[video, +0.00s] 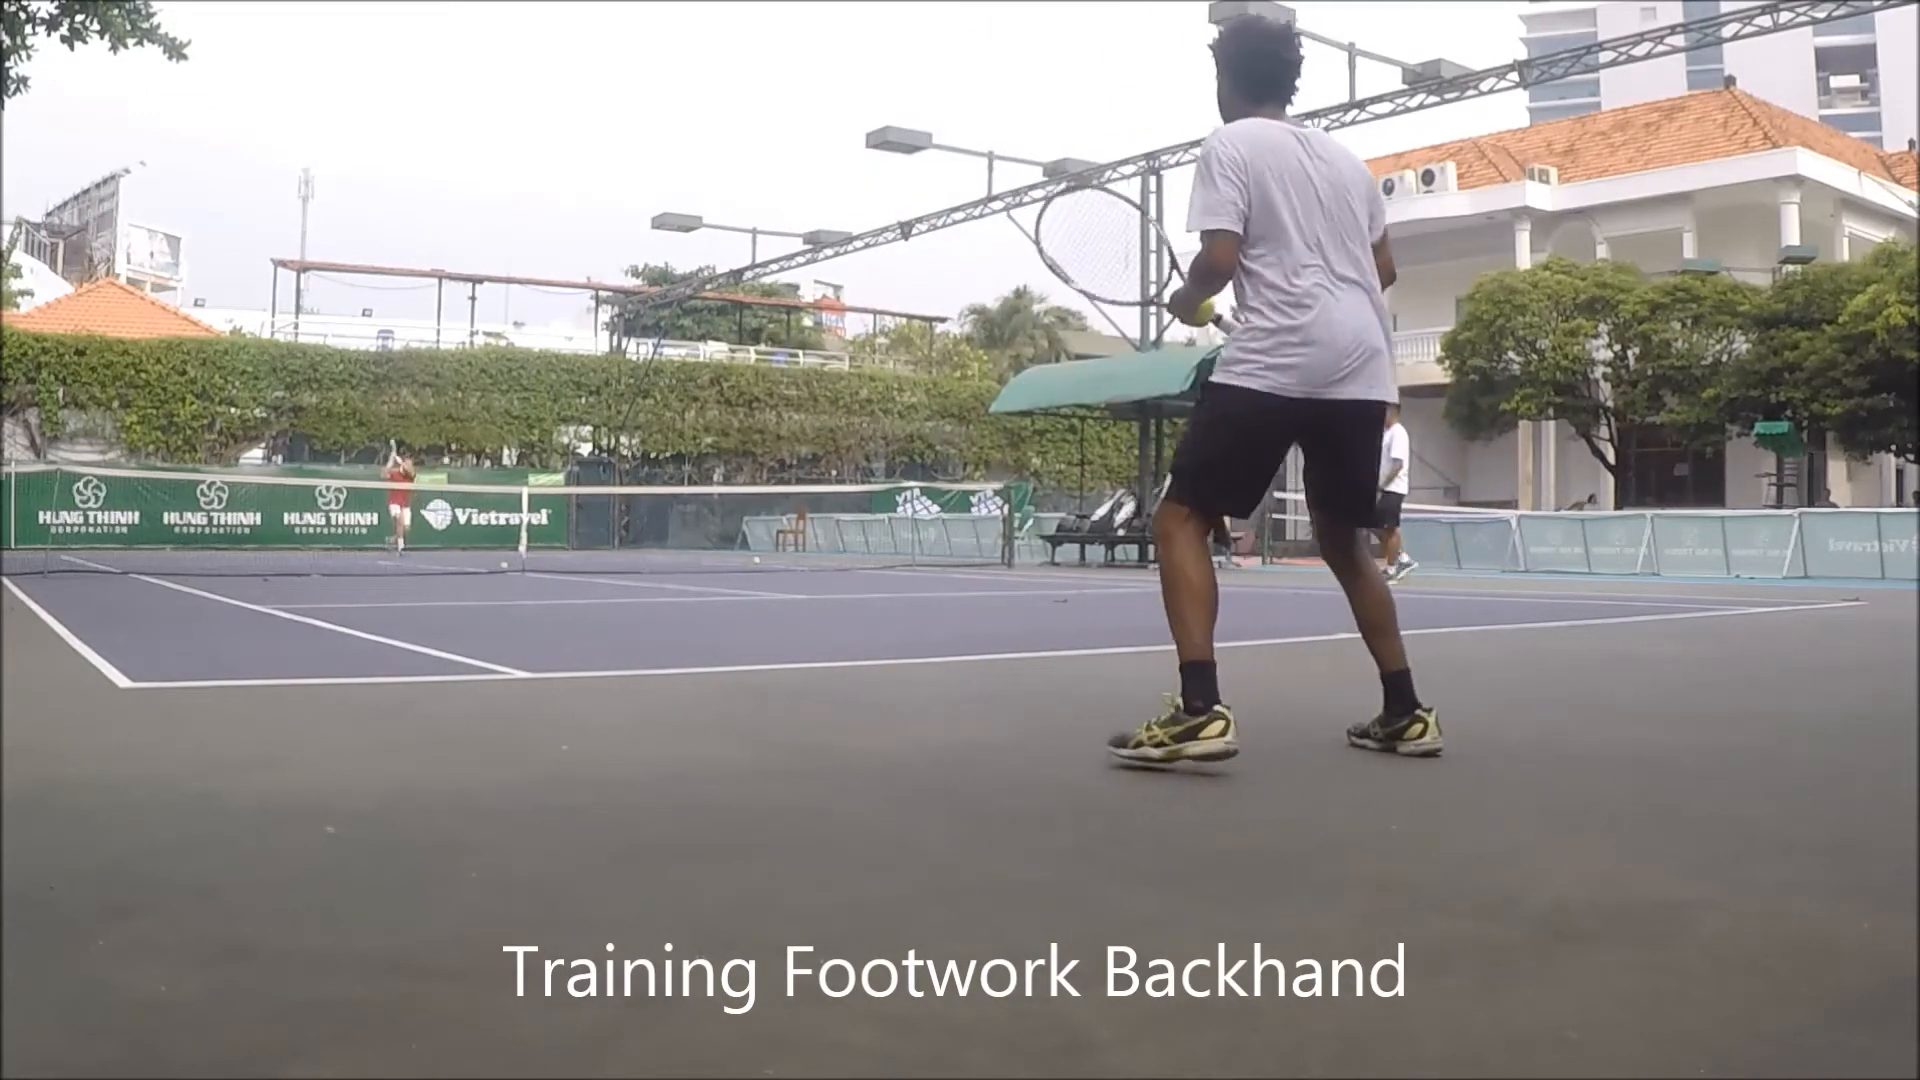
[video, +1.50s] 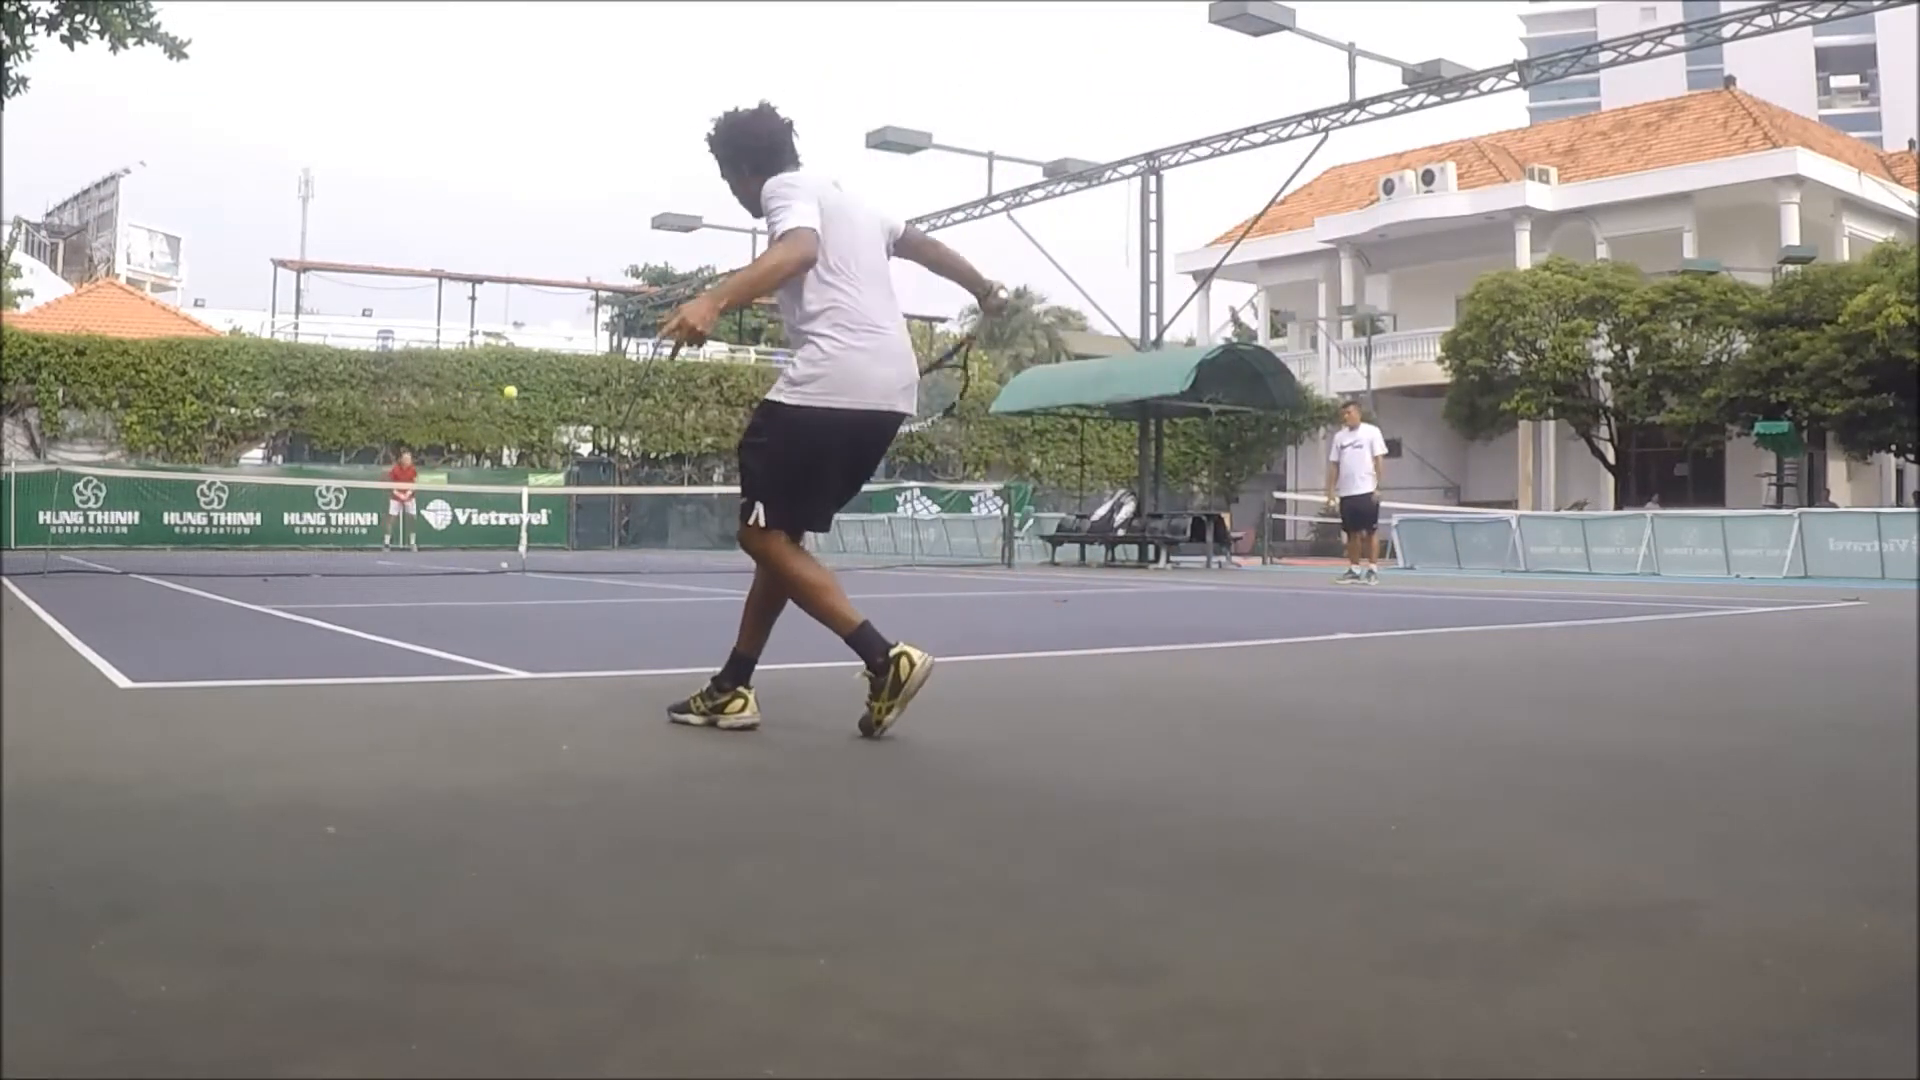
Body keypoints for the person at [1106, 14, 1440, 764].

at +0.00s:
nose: (1214, 86)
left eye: (1217, 74)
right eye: (1217, 73)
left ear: (1226, 76)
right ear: (1292, 79)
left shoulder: (1231, 143)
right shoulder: (1346, 158)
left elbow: (1221, 257)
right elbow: (1384, 267)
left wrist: (1187, 298)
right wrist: (1313, 290)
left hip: (1270, 366)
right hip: (1361, 376)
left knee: (1178, 520)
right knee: (1346, 542)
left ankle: (1199, 707)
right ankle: (1405, 709)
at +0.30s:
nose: (1078, 89)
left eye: (1081, 73)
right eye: (1079, 73)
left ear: (1097, 73)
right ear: (1155, 73)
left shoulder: (1128, 140)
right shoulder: (1191, 145)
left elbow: (1110, 260)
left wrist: (1039, 272)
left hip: (1174, 370)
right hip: (1246, 374)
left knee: (1074, 527)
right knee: (1236, 541)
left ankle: (1129, 726)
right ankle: (1358, 688)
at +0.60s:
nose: (961, 101)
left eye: (965, 85)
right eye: (962, 86)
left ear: (990, 82)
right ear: (1021, 80)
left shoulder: (1058, 129)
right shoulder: (1010, 168)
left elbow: (1018, 217)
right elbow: (940, 257)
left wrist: (912, 188)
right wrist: (864, 260)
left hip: (1100, 361)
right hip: (1068, 362)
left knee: (1020, 531)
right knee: (992, 533)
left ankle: (1125, 726)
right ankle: (1128, 675)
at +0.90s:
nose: (826, 150)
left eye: (833, 138)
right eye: (824, 142)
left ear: (861, 131)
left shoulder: (922, 163)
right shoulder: (853, 216)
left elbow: (881, 207)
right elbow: (780, 272)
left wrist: (801, 156)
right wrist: (727, 228)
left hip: (963, 392)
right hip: (911, 401)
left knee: (951, 555)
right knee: (825, 532)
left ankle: (1102, 695)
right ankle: (756, 683)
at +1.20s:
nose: (708, 235)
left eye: (708, 222)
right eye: (705, 226)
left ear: (732, 213)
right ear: (736, 216)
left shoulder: (792, 223)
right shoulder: (738, 277)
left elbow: (841, 276)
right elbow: (709, 339)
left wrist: (767, 312)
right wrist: (648, 354)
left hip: (848, 398)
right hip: (824, 405)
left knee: (772, 556)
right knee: (736, 521)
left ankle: (928, 650)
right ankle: (726, 688)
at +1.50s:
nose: (732, 191)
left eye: (728, 178)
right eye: (727, 180)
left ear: (743, 170)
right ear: (791, 156)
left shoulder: (786, 190)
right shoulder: (856, 205)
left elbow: (800, 248)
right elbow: (929, 249)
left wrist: (713, 300)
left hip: (825, 386)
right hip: (889, 394)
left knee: (758, 530)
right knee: (785, 535)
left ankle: (884, 661)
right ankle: (731, 686)